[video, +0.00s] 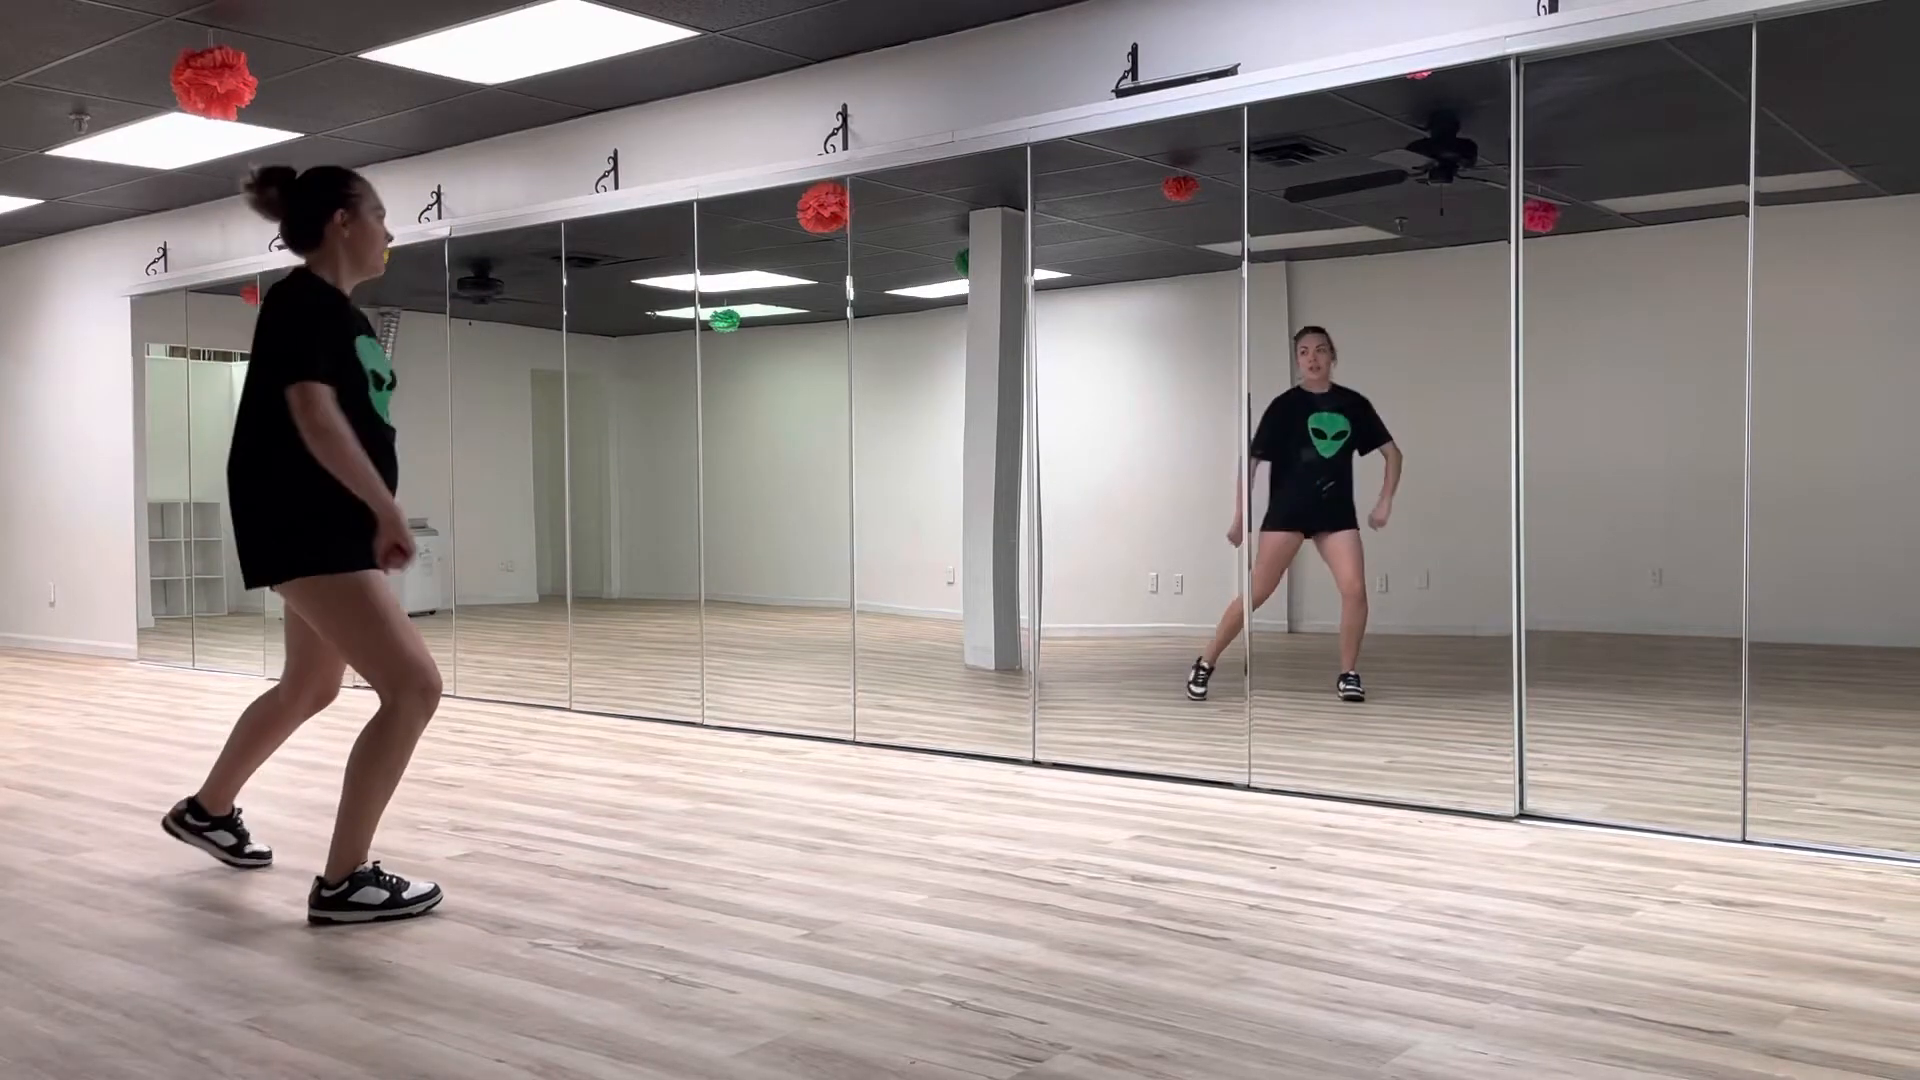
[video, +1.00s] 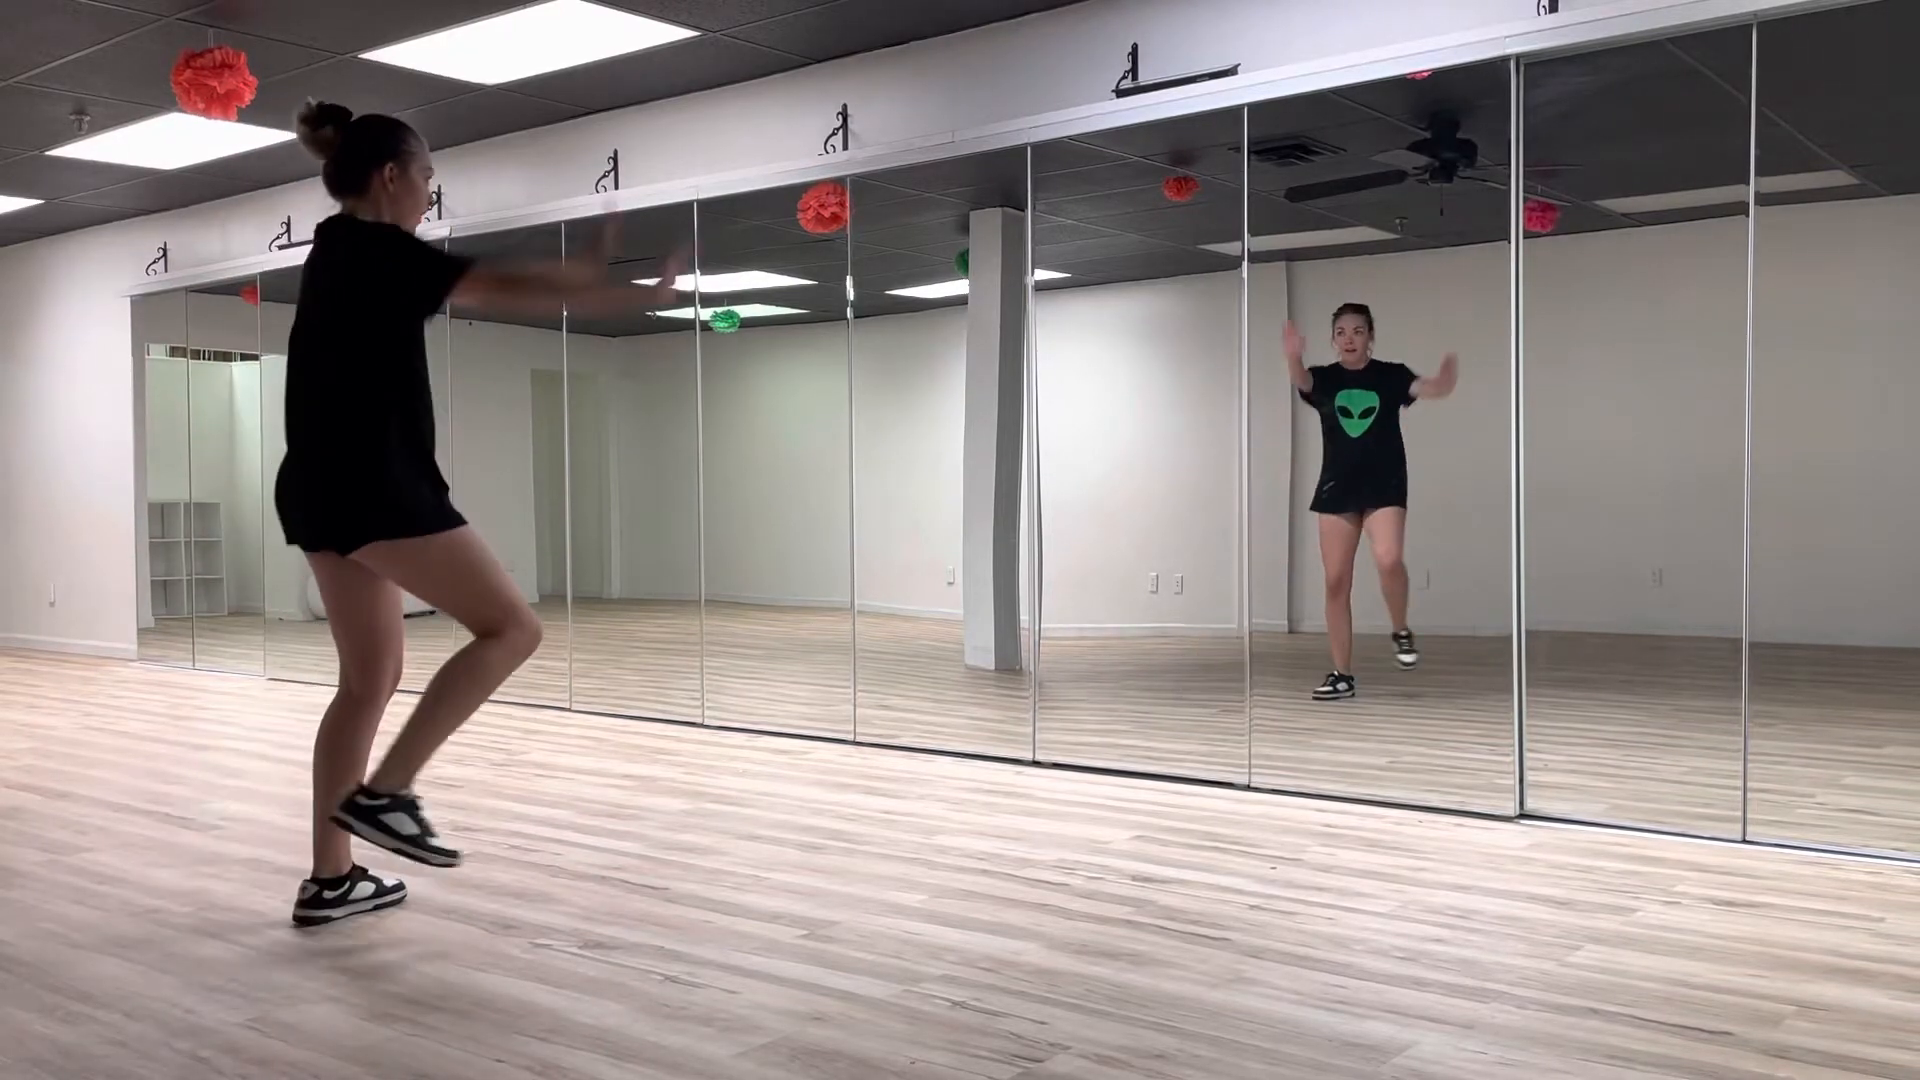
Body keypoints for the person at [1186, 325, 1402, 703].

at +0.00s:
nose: (1312, 357)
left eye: (1320, 350)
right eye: (1305, 352)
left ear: (1332, 358)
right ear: (1296, 360)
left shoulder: (1354, 404)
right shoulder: (1283, 406)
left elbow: (1392, 453)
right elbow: (1251, 464)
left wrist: (1385, 500)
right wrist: (1239, 517)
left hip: (1336, 514)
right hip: (1287, 513)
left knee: (1355, 591)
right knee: (1258, 592)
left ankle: (1348, 673)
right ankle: (1207, 662)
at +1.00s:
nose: (1349, 338)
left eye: (1357, 331)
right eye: (1341, 332)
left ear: (1370, 336)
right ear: (1333, 338)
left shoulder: (1390, 375)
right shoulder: (1324, 378)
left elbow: (1419, 388)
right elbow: (1303, 385)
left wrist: (1440, 385)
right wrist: (1294, 359)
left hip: (1384, 487)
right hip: (1336, 489)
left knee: (1389, 562)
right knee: (1335, 581)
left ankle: (1401, 632)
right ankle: (1341, 674)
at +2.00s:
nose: (1387, 335)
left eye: (1395, 327)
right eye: (1380, 328)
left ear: (1409, 332)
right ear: (1371, 334)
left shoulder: (1427, 371)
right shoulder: (1357, 377)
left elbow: (1428, 425)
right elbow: (1354, 424)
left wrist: (1434, 465)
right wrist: (1350, 448)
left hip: (1413, 484)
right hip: (1365, 486)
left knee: (1433, 574)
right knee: (1353, 581)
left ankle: (1476, 671)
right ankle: (1345, 674)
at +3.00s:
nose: (1372, 351)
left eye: (1379, 345)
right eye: (1365, 344)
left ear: (1391, 352)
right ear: (1355, 351)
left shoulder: (1409, 396)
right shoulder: (1338, 389)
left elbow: (1472, 415)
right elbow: (1313, 414)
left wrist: (1532, 428)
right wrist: (1313, 431)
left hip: (1381, 509)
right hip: (1332, 503)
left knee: (1415, 589)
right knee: (1308, 592)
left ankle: (1464, 680)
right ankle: (1284, 671)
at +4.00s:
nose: (1276, 342)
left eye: (1284, 336)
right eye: (1269, 335)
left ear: (1296, 341)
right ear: (1259, 340)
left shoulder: (1316, 380)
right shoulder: (1245, 388)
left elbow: (1323, 441)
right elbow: (1245, 451)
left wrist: (1332, 496)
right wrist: (1243, 506)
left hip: (1313, 493)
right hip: (1265, 496)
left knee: (1323, 575)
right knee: (1271, 581)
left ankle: (1301, 650)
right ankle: (1274, 666)